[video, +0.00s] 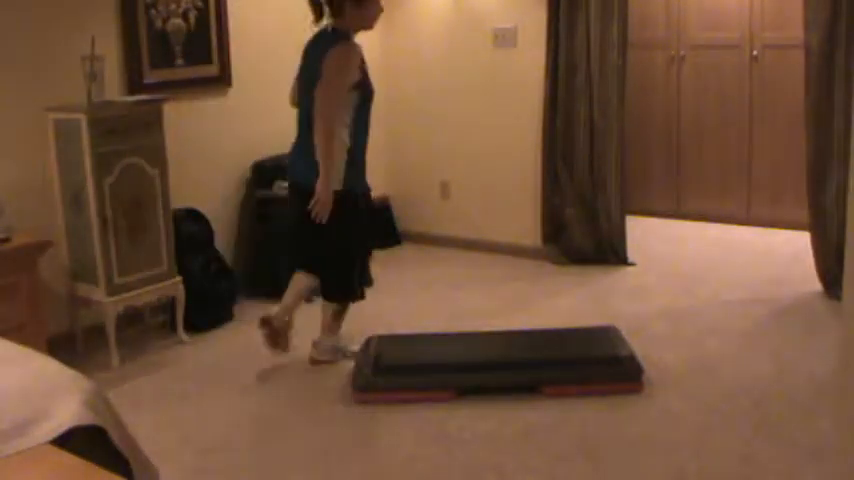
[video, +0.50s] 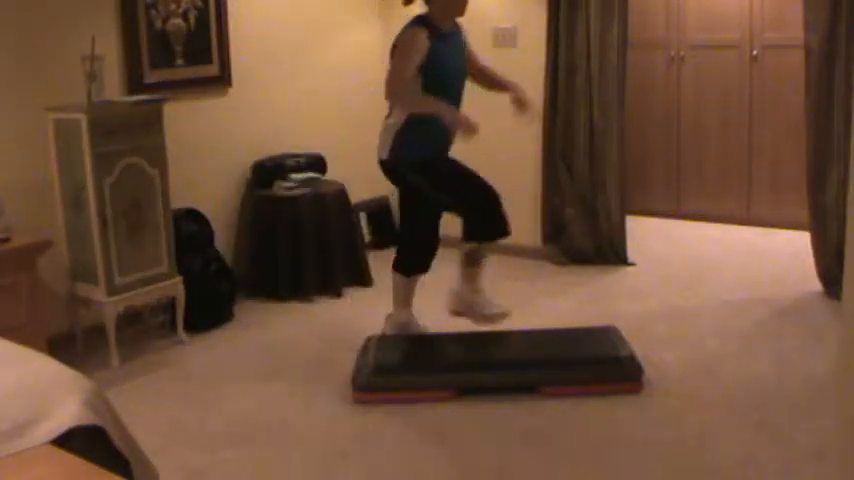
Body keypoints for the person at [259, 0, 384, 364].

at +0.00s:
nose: (380, 9)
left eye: (379, 2)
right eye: (375, 2)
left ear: (340, 7)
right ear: (352, 6)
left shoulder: (319, 44)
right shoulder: (345, 52)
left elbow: (298, 97)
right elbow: (329, 122)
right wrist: (326, 182)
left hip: (309, 177)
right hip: (341, 184)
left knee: (317, 254)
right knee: (345, 264)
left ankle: (282, 314)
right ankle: (328, 342)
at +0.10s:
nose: (397, 6)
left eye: (397, 1)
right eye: (393, 0)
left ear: (363, 2)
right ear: (374, 1)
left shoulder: (345, 33)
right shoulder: (358, 39)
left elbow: (317, 90)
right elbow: (336, 102)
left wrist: (349, 138)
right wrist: (341, 166)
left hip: (342, 167)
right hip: (349, 172)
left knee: (353, 245)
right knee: (348, 251)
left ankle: (336, 321)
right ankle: (330, 334)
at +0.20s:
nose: (415, 6)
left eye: (413, 0)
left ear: (381, 6)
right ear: (384, 4)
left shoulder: (381, 41)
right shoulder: (373, 44)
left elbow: (340, 90)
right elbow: (348, 98)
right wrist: (356, 161)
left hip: (379, 171)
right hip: (357, 173)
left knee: (395, 249)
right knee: (352, 259)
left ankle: (392, 319)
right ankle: (328, 337)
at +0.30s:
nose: (433, 9)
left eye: (431, 3)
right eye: (426, 3)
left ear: (404, 9)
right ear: (402, 7)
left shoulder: (403, 50)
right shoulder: (387, 51)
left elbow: (388, 112)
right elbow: (359, 108)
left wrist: (406, 165)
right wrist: (380, 163)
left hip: (399, 172)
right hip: (381, 174)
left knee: (411, 250)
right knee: (406, 253)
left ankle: (399, 324)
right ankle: (347, 318)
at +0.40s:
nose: (449, 5)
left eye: (448, 0)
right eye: (442, 0)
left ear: (428, 6)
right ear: (420, 4)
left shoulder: (429, 39)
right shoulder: (399, 44)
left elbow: (425, 91)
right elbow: (373, 104)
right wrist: (408, 143)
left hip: (412, 156)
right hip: (390, 159)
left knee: (414, 241)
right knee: (447, 230)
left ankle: (402, 317)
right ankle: (395, 292)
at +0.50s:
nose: (464, 5)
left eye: (465, 0)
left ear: (453, 4)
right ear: (437, 1)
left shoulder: (454, 33)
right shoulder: (415, 36)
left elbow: (476, 71)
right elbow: (396, 92)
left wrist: (511, 87)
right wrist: (445, 112)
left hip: (431, 154)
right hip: (404, 155)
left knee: (417, 237)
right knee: (482, 201)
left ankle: (400, 317)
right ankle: (468, 294)